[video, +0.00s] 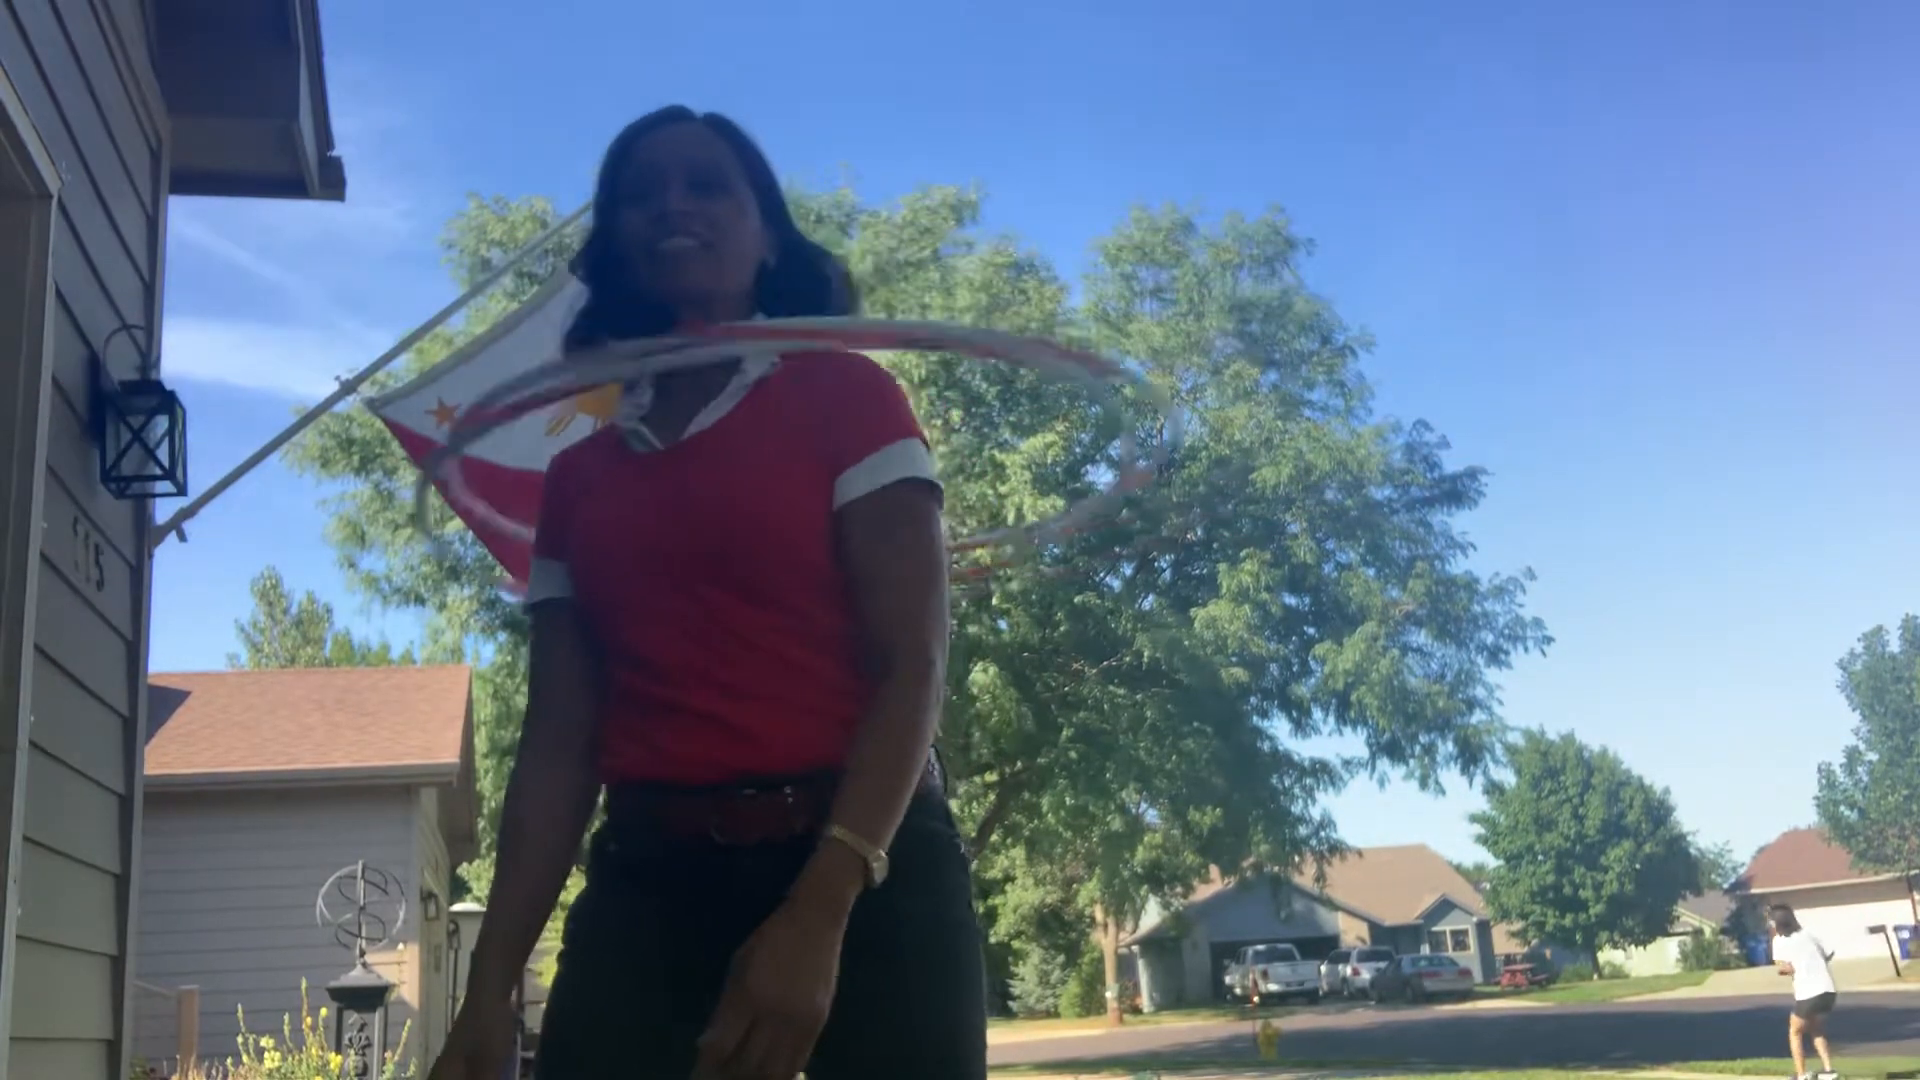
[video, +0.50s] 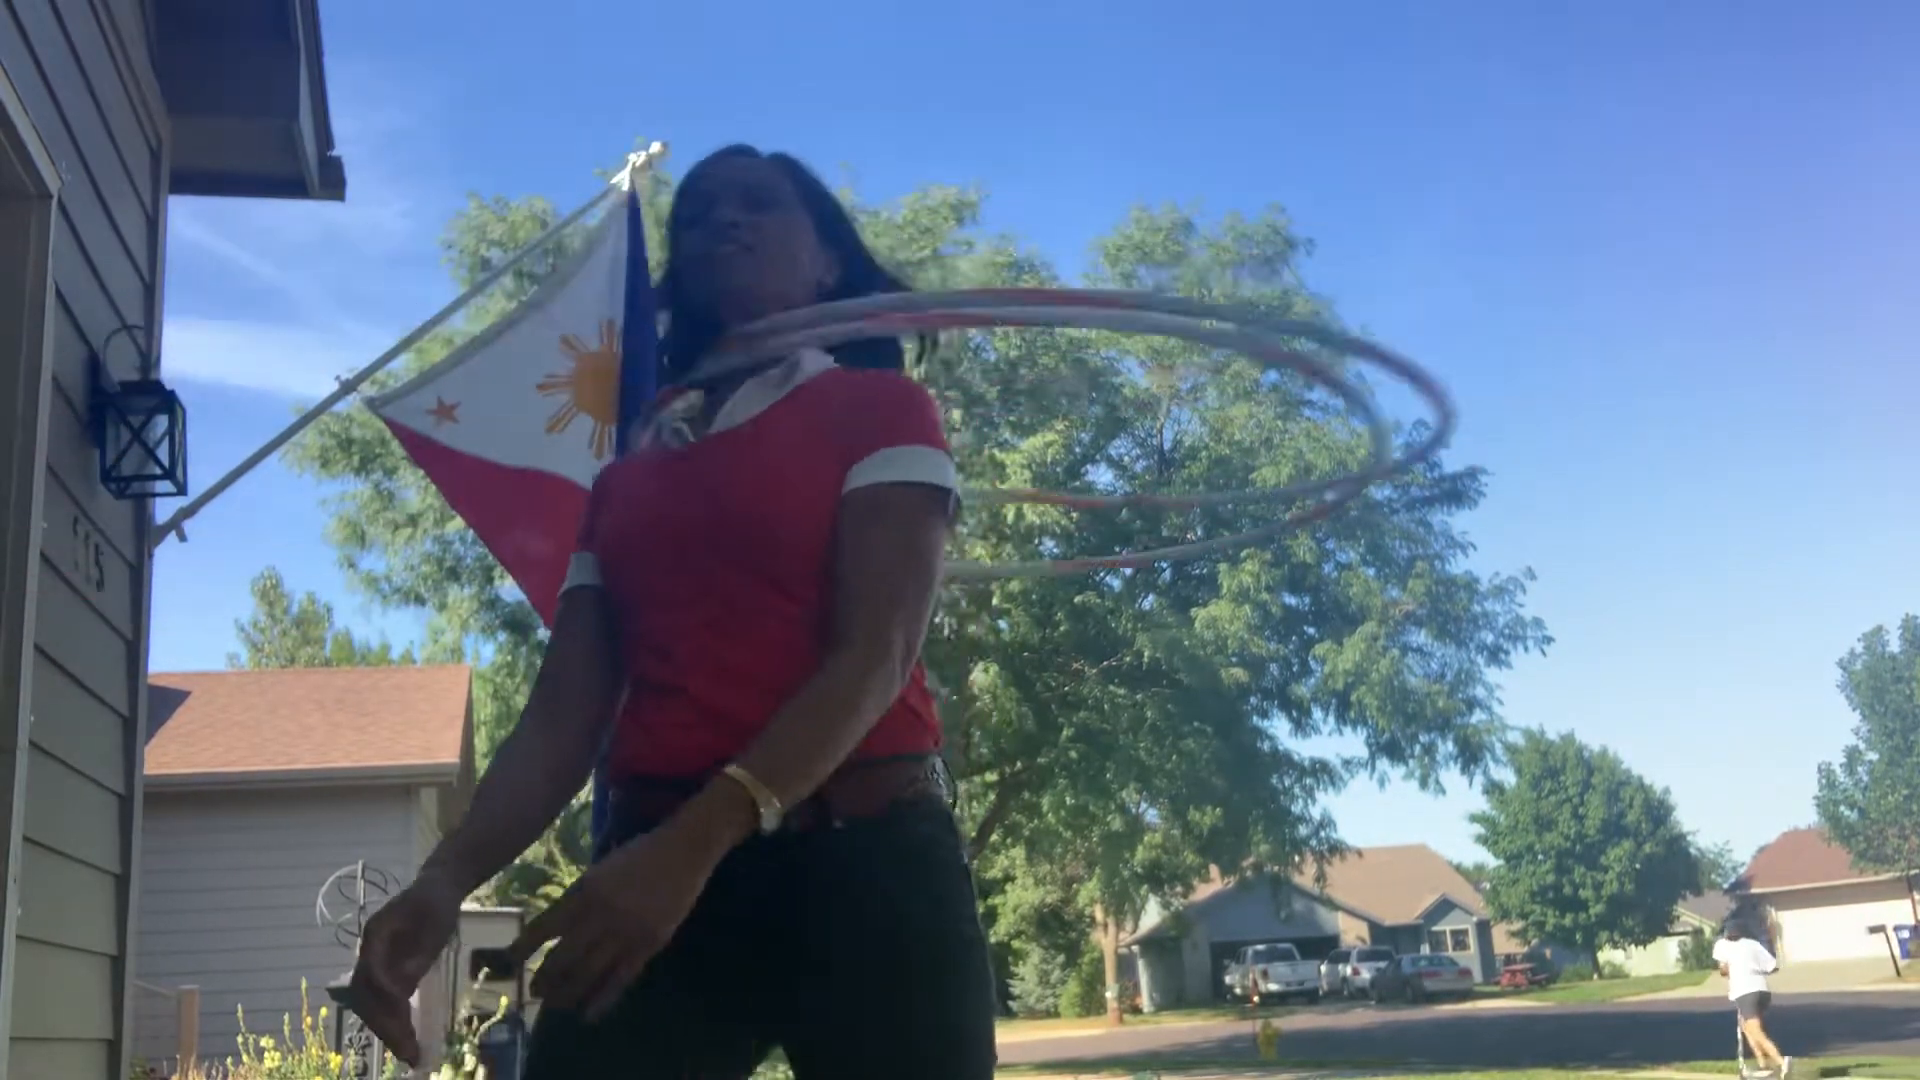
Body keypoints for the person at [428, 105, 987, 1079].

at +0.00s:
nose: (675, 205)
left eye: (708, 184)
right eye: (642, 191)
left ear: (767, 230)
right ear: (610, 242)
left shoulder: (840, 390)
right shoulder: (578, 472)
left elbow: (913, 666)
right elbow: (557, 739)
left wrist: (821, 910)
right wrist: (491, 990)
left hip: (865, 862)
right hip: (652, 871)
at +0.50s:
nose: (722, 222)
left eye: (759, 204)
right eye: (698, 217)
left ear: (829, 261)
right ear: (673, 280)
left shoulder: (874, 402)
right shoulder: (626, 471)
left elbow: (875, 656)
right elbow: (563, 711)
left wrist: (695, 840)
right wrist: (442, 887)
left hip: (866, 861)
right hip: (653, 877)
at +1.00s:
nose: (713, 222)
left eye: (752, 202)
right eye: (697, 223)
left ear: (832, 265)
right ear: (686, 291)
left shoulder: (880, 412)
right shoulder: (638, 480)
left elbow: (877, 662)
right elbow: (566, 706)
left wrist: (664, 819)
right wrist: (430, 891)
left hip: (866, 861)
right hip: (666, 880)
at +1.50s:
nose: (777, 243)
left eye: (813, 224)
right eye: (757, 239)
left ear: (891, 280)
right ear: (738, 302)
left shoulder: (927, 441)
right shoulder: (660, 485)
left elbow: (909, 679)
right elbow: (566, 692)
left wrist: (699, 809)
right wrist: (475, 809)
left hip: (877, 867)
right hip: (661, 883)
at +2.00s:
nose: (805, 242)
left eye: (841, 229)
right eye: (778, 237)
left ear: (901, 279)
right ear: (751, 308)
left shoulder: (947, 447)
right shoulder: (672, 484)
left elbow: (951, 691)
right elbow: (591, 693)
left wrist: (768, 826)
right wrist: (498, 836)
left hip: (877, 872)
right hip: (662, 877)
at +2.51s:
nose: (791, 237)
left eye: (831, 215)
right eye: (772, 229)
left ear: (905, 272)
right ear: (754, 287)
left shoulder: (951, 444)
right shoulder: (679, 478)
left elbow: (948, 704)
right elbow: (595, 689)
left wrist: (745, 837)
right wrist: (509, 845)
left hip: (884, 867)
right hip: (675, 875)